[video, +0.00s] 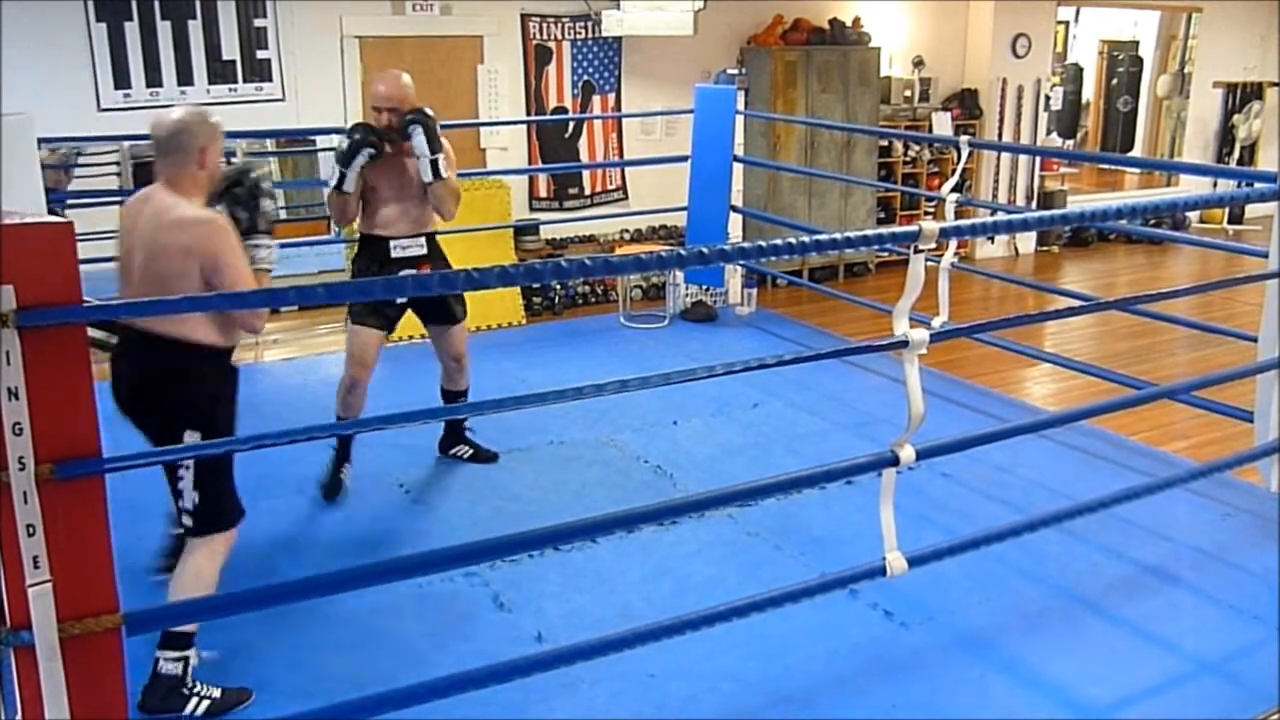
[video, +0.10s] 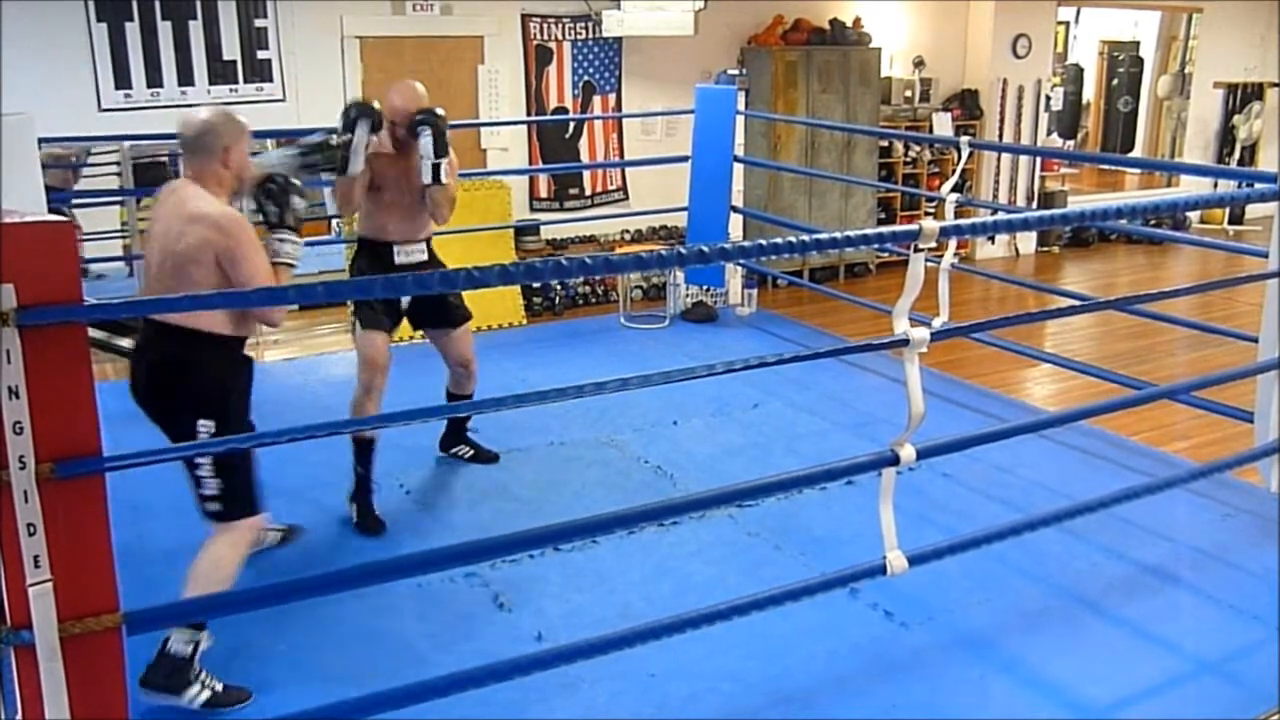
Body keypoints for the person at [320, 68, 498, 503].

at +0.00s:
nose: (383, 120)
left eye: (392, 111)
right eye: (376, 110)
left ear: (412, 109)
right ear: (366, 108)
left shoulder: (434, 145)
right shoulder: (357, 150)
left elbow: (448, 209)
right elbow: (341, 217)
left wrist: (427, 155)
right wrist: (350, 166)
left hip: (427, 253)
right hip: (375, 257)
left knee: (456, 356)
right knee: (357, 374)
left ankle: (454, 437)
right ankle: (341, 458)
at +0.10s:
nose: (405, 132)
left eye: (413, 123)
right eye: (398, 123)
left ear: (427, 118)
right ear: (384, 117)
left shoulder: (437, 149)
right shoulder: (366, 145)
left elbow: (442, 214)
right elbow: (346, 206)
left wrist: (433, 159)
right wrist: (355, 150)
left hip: (424, 257)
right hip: (375, 260)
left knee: (464, 363)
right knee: (373, 372)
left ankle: (454, 437)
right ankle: (363, 491)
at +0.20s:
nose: (420, 149)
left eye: (429, 141)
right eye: (413, 139)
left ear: (439, 141)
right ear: (394, 132)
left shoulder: (433, 168)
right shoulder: (371, 162)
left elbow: (436, 217)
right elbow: (366, 199)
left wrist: (444, 161)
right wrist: (376, 141)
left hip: (420, 272)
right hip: (373, 278)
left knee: (482, 360)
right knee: (376, 393)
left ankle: (458, 432)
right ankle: (366, 499)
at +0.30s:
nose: (440, 144)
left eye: (447, 136)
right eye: (433, 134)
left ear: (450, 135)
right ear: (409, 128)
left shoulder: (439, 165)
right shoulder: (380, 159)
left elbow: (451, 217)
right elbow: (377, 185)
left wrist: (464, 169)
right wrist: (390, 137)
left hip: (425, 267)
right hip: (379, 274)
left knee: (482, 353)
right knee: (375, 385)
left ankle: (459, 432)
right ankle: (364, 499)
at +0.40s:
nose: (452, 146)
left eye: (460, 139)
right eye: (447, 135)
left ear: (465, 141)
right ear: (426, 126)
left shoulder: (452, 170)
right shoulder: (400, 162)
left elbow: (465, 219)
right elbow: (391, 203)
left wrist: (479, 168)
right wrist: (402, 144)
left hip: (436, 270)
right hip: (392, 273)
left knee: (480, 359)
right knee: (383, 384)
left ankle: (460, 429)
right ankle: (365, 496)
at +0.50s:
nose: (460, 149)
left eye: (467, 142)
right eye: (454, 140)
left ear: (474, 139)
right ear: (437, 131)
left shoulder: (464, 172)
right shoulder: (411, 159)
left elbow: (480, 224)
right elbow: (395, 209)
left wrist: (491, 173)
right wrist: (410, 153)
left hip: (446, 272)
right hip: (403, 274)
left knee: (483, 359)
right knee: (390, 382)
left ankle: (458, 433)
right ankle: (369, 493)